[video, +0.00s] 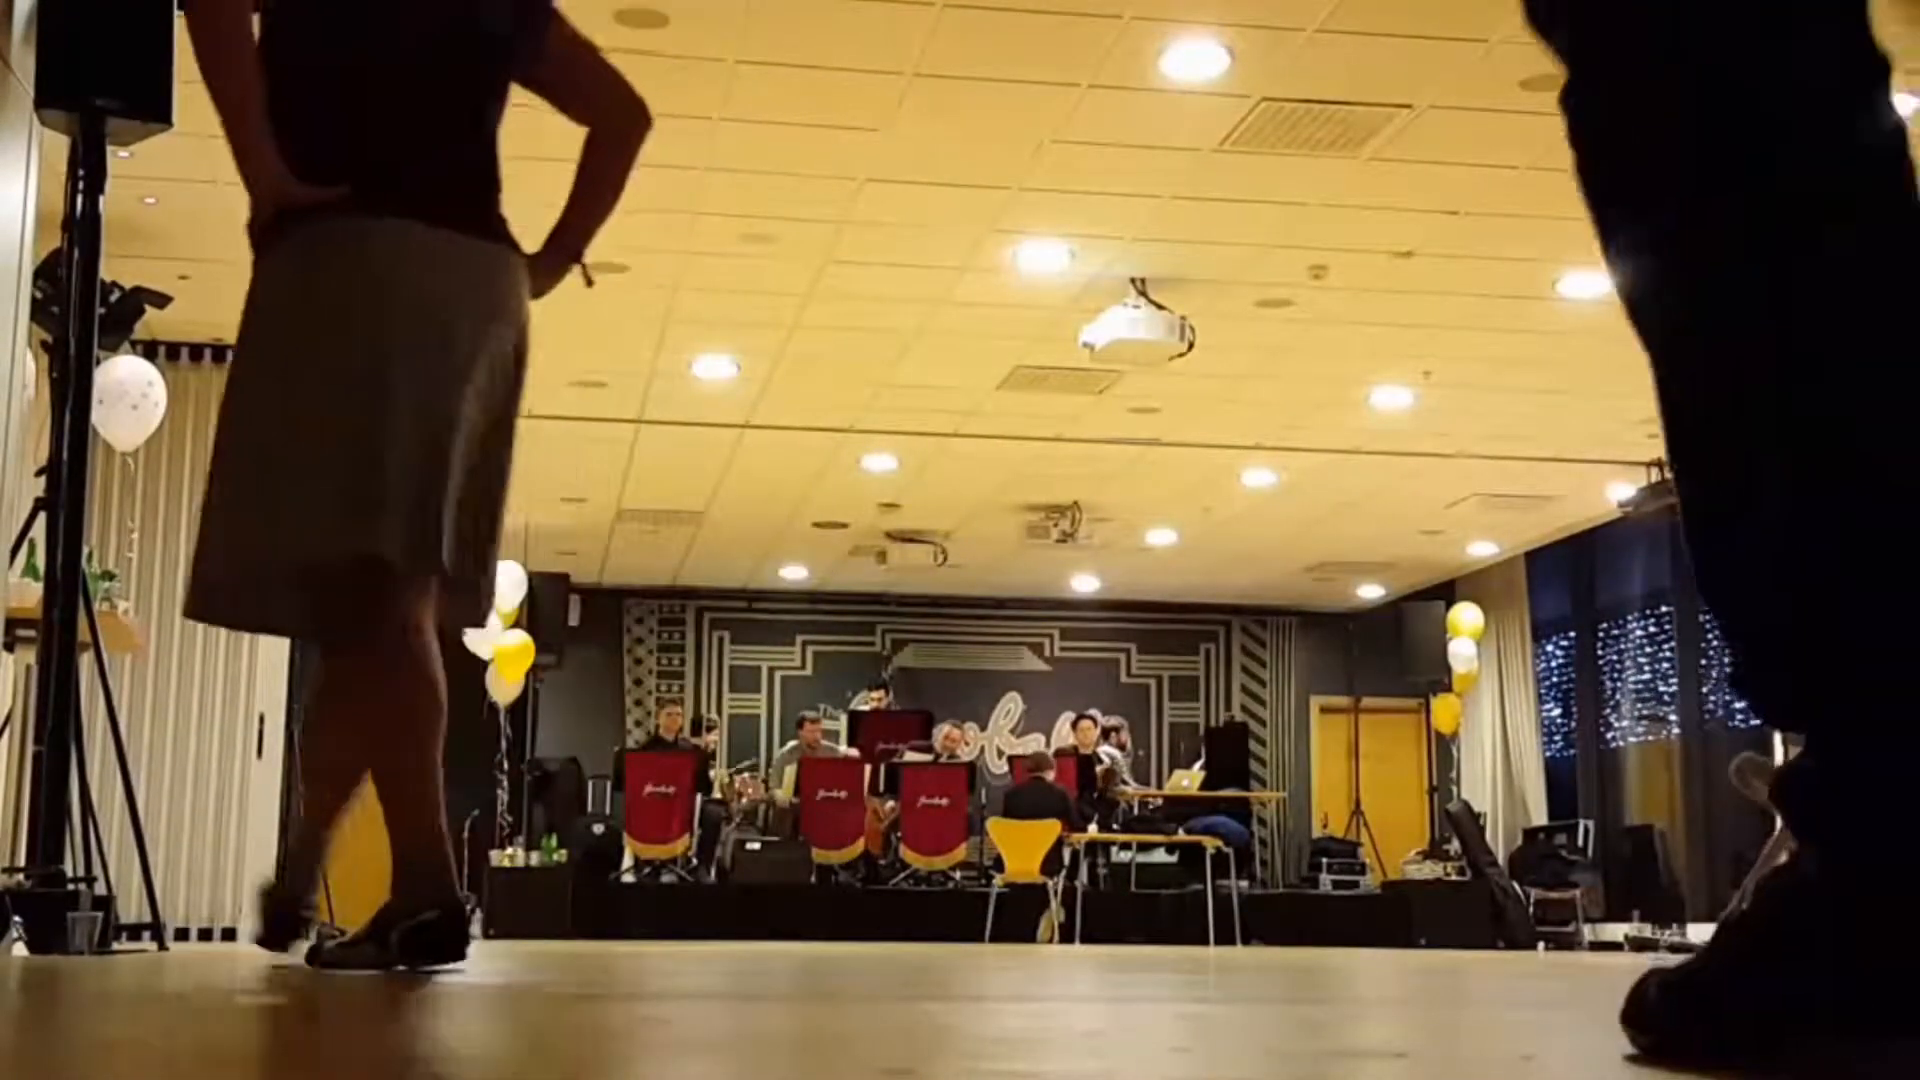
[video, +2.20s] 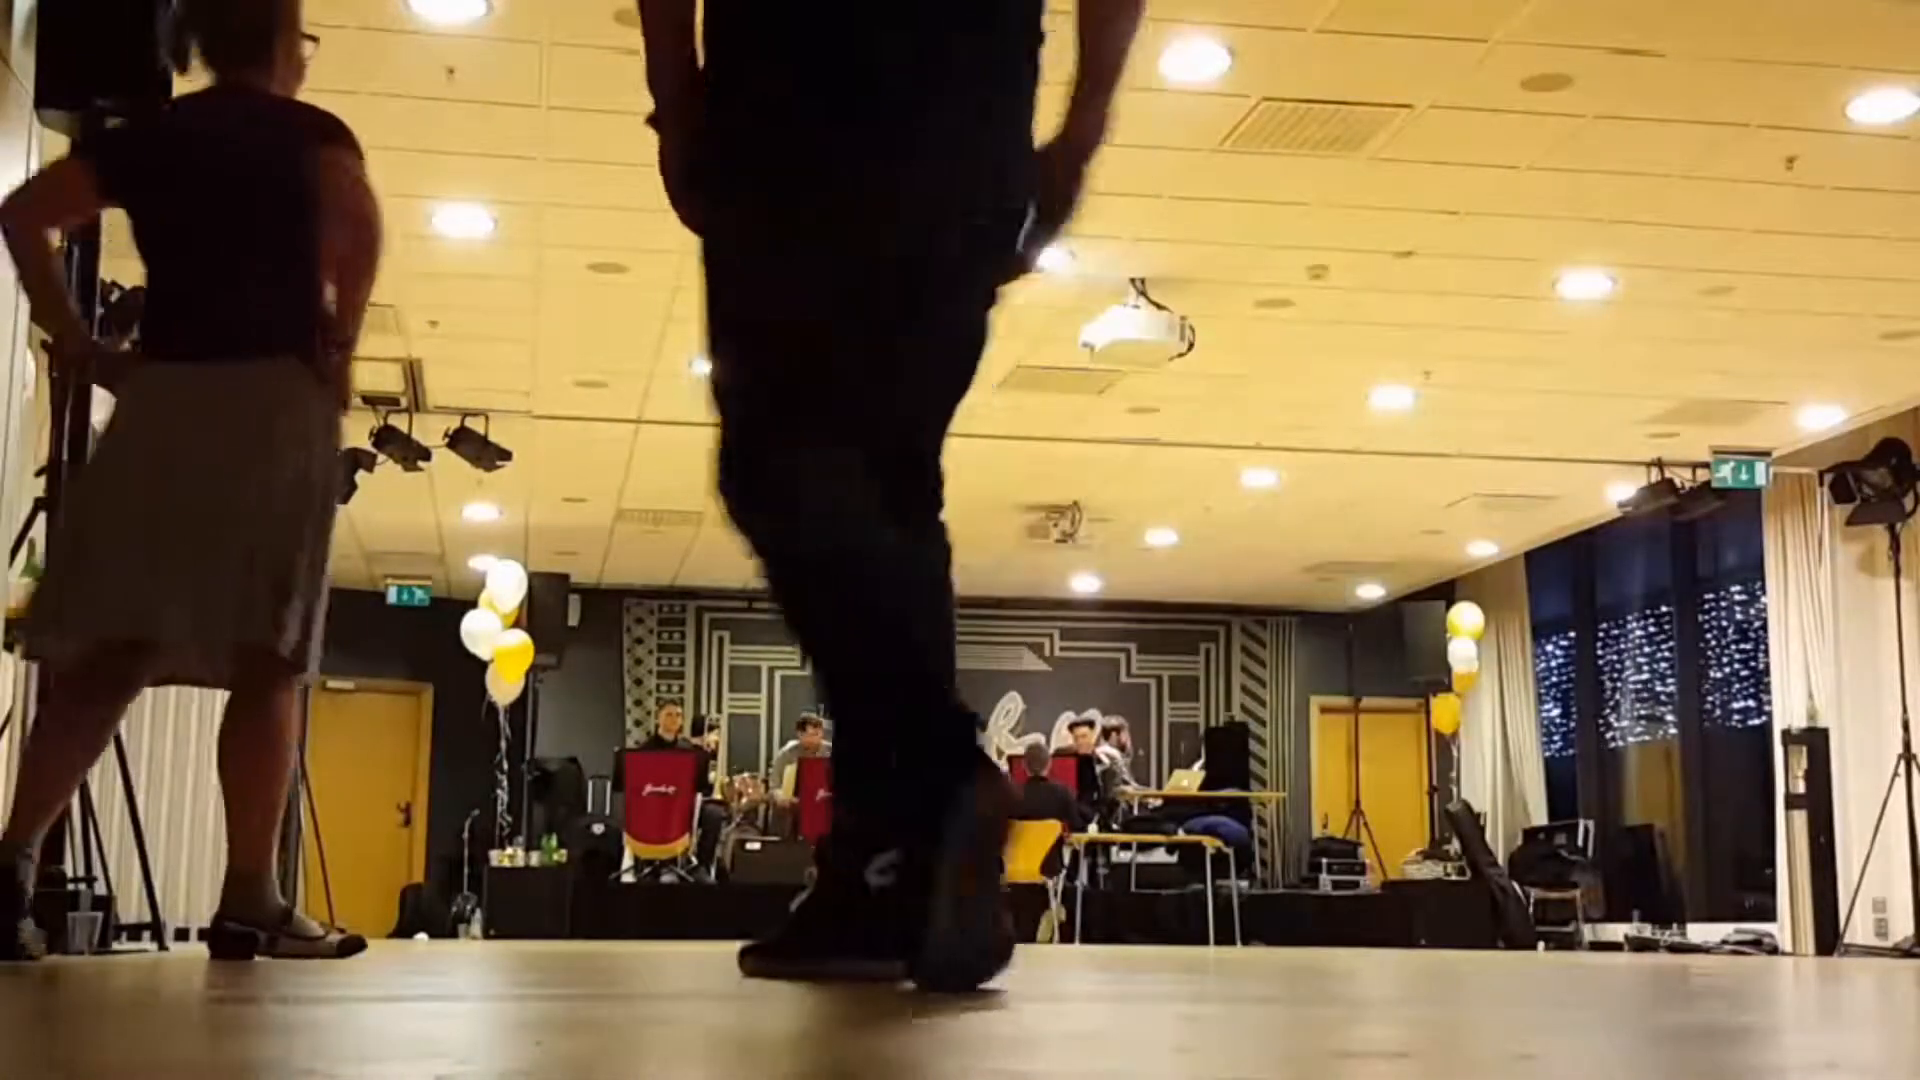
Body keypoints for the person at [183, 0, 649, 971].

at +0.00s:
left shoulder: (278, 9)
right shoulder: (491, 10)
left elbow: (212, 9)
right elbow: (623, 114)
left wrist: (262, 170)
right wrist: (551, 260)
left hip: (347, 262)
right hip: (478, 274)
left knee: (375, 591)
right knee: (400, 592)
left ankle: (428, 894)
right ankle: (301, 868)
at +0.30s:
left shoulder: (230, 4)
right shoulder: (405, 28)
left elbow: (205, 100)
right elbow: (530, 180)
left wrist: (215, 199)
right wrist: (448, 291)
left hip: (266, 289)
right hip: (387, 301)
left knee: (296, 592)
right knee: (319, 604)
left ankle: (391, 853)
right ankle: (232, 897)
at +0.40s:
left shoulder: (228, 12)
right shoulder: (391, 38)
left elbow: (207, 17)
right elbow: (507, 190)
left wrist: (196, 198)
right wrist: (419, 295)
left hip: (243, 301)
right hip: (362, 316)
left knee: (200, 591)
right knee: (292, 614)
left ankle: (340, 820)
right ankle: (224, 900)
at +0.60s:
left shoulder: (192, 4)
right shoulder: (341, 40)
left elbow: (193, 48)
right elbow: (463, 205)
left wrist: (170, 215)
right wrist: (378, 316)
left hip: (208, 319)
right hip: (326, 327)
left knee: (97, 604)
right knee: (269, 627)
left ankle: (186, 843)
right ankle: (222, 901)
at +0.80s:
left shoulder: (159, 13)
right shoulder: (315, 62)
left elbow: (148, 73)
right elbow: (437, 219)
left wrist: (124, 236)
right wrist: (359, 328)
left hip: (164, 337)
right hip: (298, 351)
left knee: (84, 630)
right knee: (260, 640)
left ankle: (32, 889)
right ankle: (223, 901)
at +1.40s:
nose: (184, 19)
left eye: (183, 12)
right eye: (184, 11)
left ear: (63, 5)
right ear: (164, 10)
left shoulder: (19, 87)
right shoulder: (202, 90)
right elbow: (308, 196)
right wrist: (282, 329)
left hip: (40, 366)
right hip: (175, 373)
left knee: (36, 634)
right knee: (197, 624)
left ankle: (12, 892)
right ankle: (145, 827)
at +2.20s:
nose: (307, 57)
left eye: (303, 39)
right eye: (300, 40)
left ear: (211, 48)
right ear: (277, 44)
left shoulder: (148, 137)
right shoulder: (317, 135)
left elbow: (26, 214)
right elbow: (358, 236)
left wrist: (73, 341)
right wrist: (340, 340)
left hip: (158, 407)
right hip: (277, 408)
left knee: (106, 654)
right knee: (270, 666)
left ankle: (12, 865)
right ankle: (251, 903)